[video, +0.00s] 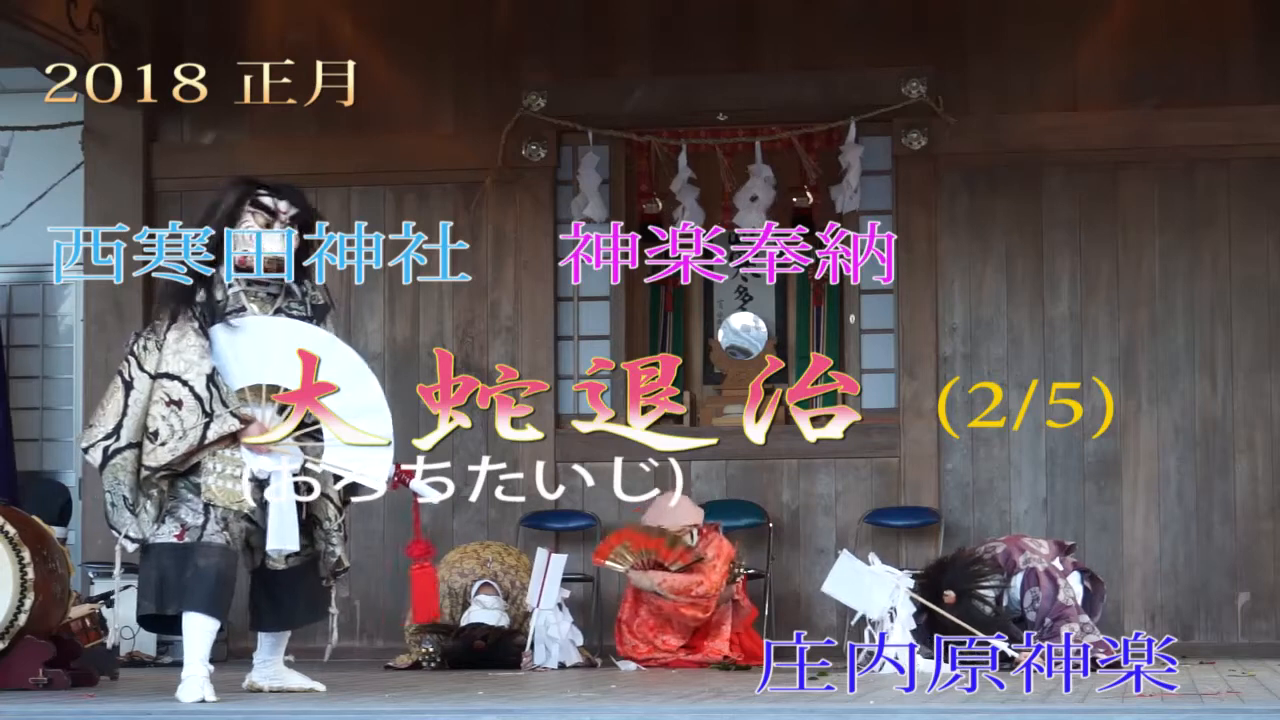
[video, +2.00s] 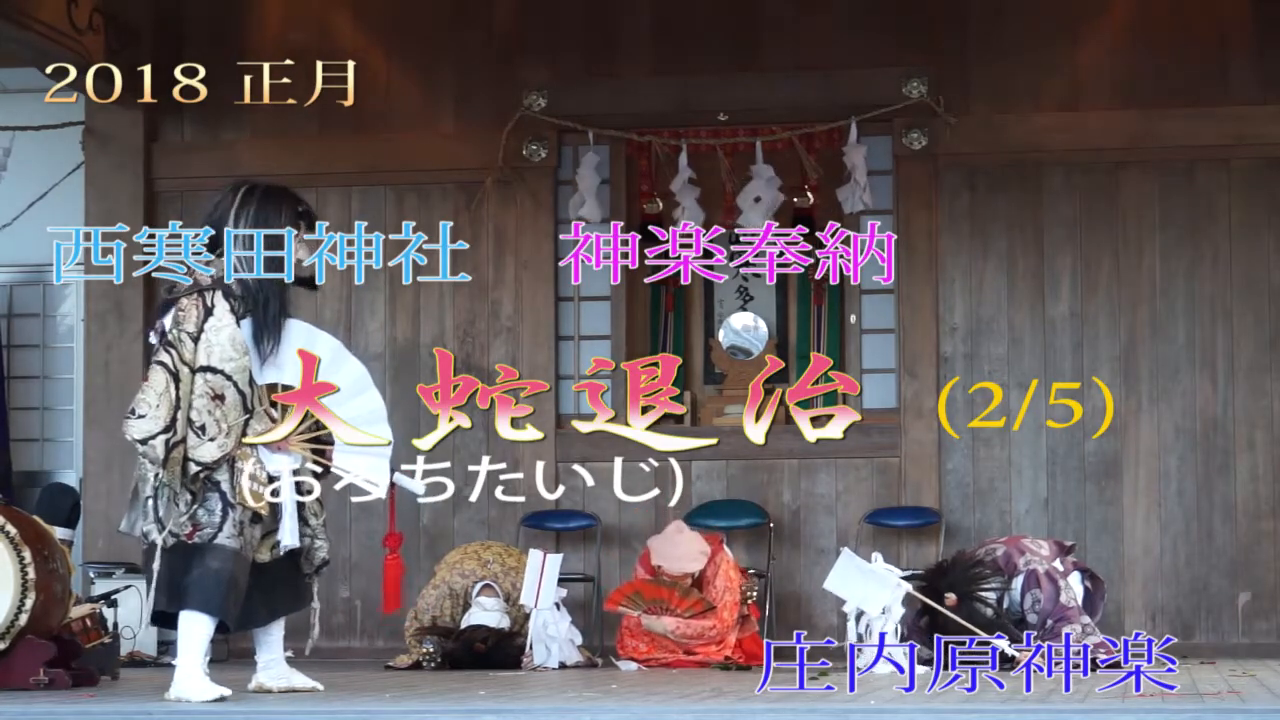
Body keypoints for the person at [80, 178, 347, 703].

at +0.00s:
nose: (269, 241)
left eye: (283, 231)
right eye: (256, 227)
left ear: (298, 242)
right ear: (226, 231)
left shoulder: (305, 308)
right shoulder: (195, 310)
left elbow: (330, 395)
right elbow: (173, 400)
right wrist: (234, 427)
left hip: (286, 456)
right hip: (214, 454)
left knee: (289, 550)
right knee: (211, 549)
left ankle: (269, 664)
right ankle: (195, 673)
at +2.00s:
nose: (305, 250)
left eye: (304, 237)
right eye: (297, 235)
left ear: (235, 236)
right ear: (263, 239)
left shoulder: (268, 314)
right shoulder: (212, 312)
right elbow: (205, 418)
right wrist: (260, 454)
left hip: (263, 458)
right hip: (217, 460)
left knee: (273, 549)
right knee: (217, 551)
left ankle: (272, 664)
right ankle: (189, 672)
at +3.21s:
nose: (306, 257)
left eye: (304, 243)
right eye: (299, 242)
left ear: (236, 238)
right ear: (268, 241)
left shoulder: (212, 303)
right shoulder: (246, 309)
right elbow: (263, 405)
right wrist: (318, 438)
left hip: (262, 449)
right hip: (233, 450)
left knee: (282, 549)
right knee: (231, 551)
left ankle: (273, 663)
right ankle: (191, 672)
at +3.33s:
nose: (300, 255)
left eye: (301, 244)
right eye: (296, 243)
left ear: (238, 239)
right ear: (270, 243)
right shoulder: (219, 304)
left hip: (247, 446)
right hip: (201, 451)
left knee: (287, 545)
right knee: (236, 547)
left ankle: (274, 663)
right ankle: (192, 670)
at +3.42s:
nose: (308, 262)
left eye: (308, 251)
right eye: (301, 249)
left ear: (237, 244)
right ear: (273, 247)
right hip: (202, 447)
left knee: (290, 546)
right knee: (251, 550)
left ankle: (274, 664)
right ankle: (194, 670)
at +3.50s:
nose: (291, 246)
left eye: (293, 235)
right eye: (281, 235)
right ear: (252, 234)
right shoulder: (225, 292)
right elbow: (228, 386)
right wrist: (277, 445)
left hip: (253, 443)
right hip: (218, 448)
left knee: (291, 546)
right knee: (263, 556)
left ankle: (273, 664)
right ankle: (195, 671)